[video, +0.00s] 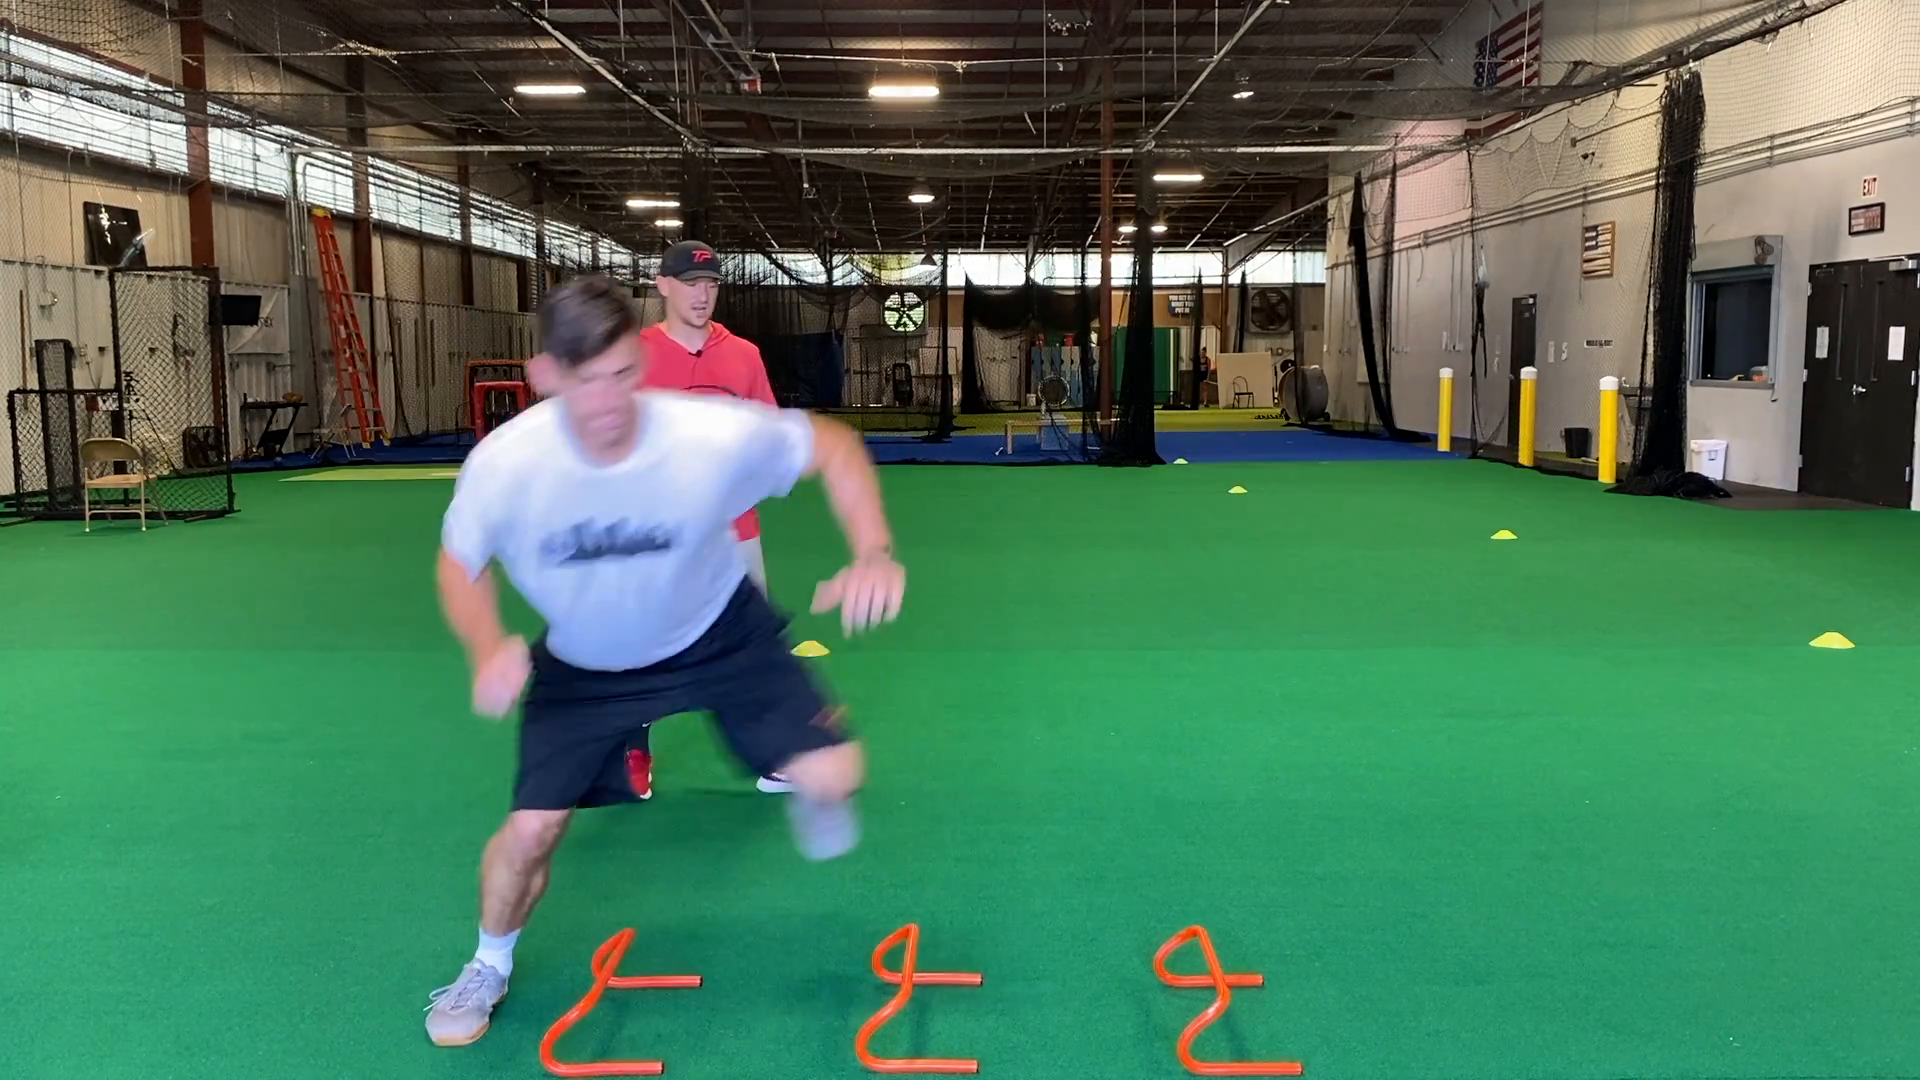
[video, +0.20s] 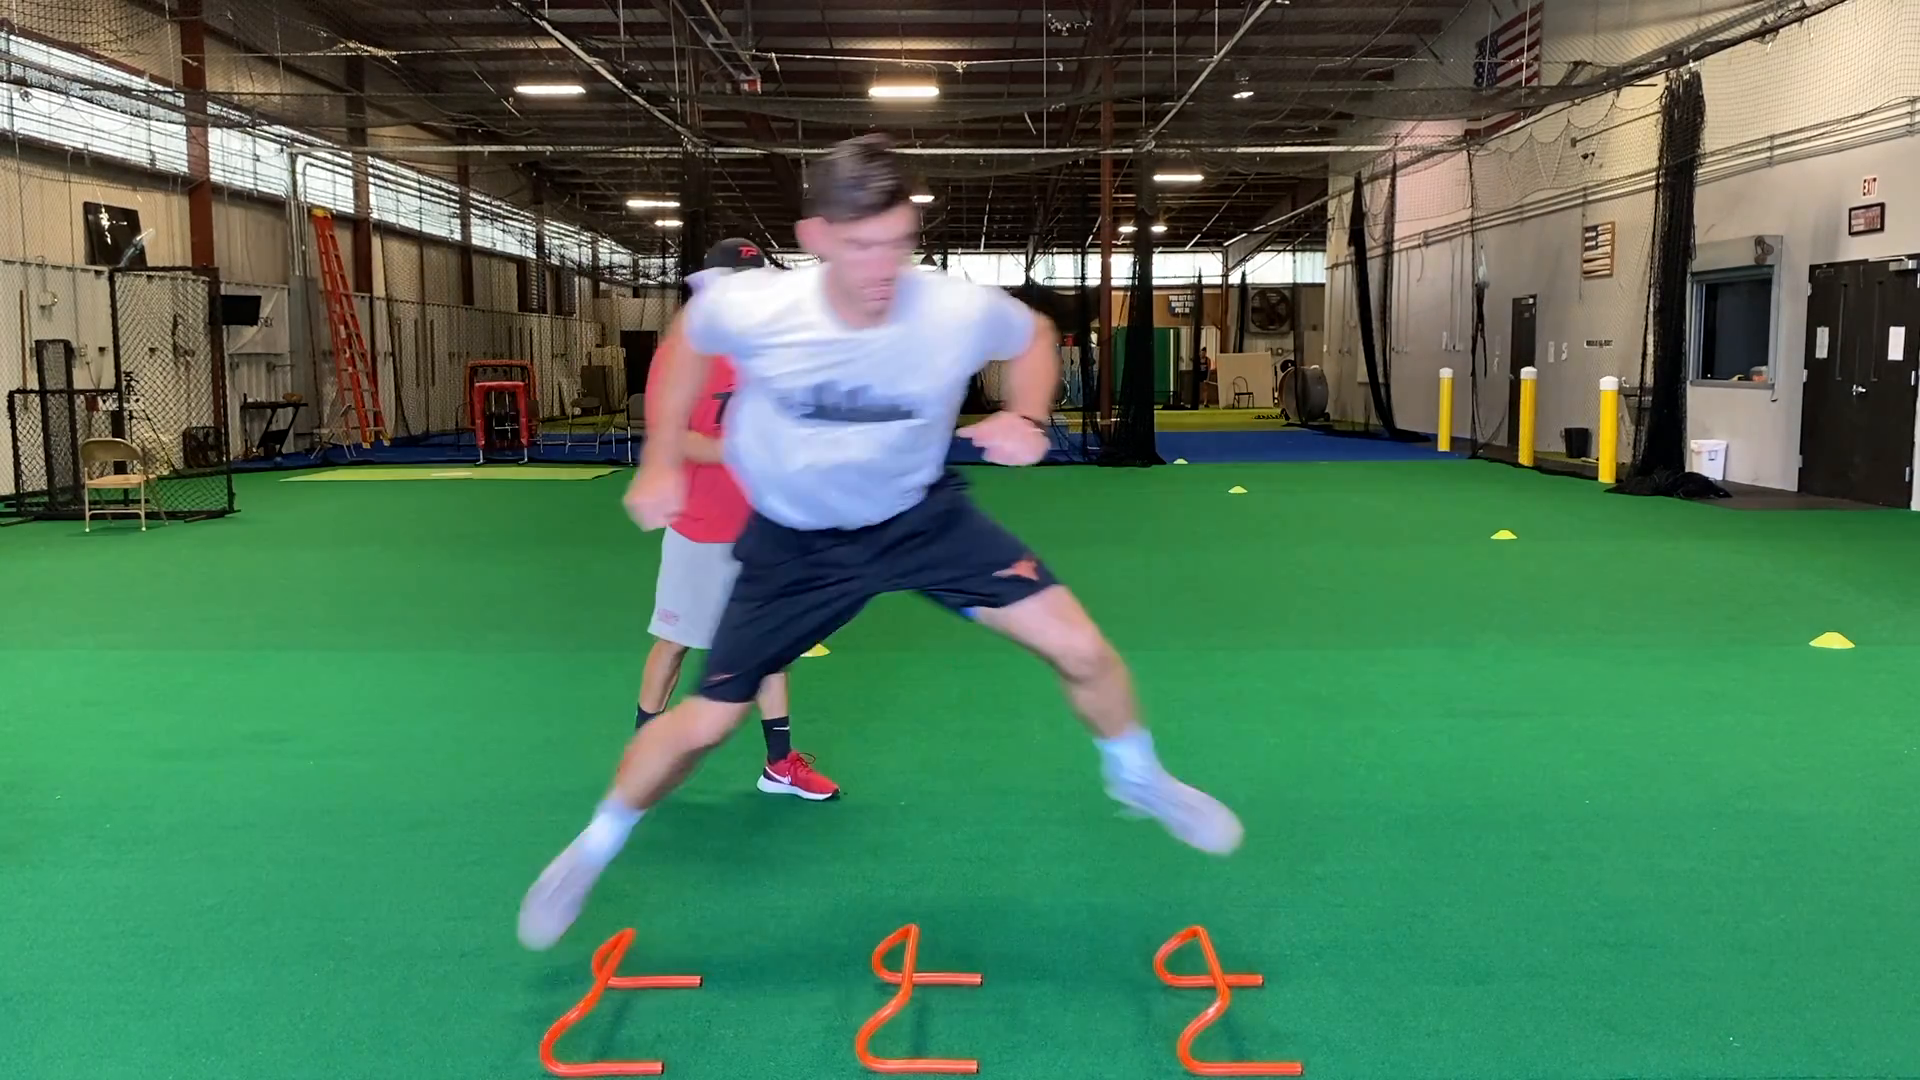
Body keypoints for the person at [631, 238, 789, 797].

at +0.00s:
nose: (701, 295)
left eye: (709, 285)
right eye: (689, 284)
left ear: (718, 290)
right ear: (662, 287)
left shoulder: (743, 356)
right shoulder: (634, 357)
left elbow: (777, 442)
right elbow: (618, 441)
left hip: (731, 527)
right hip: (651, 530)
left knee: (753, 645)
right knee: (630, 642)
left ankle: (778, 754)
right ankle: (633, 747)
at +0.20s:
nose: (744, 299)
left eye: (752, 287)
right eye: (732, 287)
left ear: (763, 288)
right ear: (706, 288)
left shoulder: (776, 348)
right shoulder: (681, 351)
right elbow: (667, 435)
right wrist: (740, 450)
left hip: (764, 523)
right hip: (699, 524)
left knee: (771, 645)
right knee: (676, 640)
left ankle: (780, 759)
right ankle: (645, 754)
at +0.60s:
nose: (813, 292)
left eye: (820, 283)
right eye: (802, 281)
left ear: (825, 289)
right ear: (772, 283)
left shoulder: (823, 357)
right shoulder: (740, 346)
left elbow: (827, 430)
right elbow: (756, 424)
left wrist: (847, 474)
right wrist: (835, 407)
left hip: (803, 524)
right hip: (745, 520)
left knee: (785, 638)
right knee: (726, 632)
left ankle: (782, 761)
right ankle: (664, 740)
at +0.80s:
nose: (822, 291)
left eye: (827, 282)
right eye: (809, 281)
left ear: (832, 288)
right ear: (781, 284)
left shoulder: (827, 357)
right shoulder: (753, 345)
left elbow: (826, 436)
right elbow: (772, 426)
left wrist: (841, 501)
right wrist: (850, 444)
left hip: (809, 523)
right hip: (754, 519)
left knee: (788, 638)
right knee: (739, 633)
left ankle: (782, 762)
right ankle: (673, 741)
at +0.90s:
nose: (825, 293)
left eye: (831, 284)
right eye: (814, 282)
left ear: (836, 289)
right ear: (784, 284)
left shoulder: (829, 357)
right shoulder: (755, 344)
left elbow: (822, 439)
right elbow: (772, 427)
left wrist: (841, 506)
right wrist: (852, 444)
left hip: (810, 523)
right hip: (756, 518)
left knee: (789, 638)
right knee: (742, 633)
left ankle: (782, 762)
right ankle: (673, 740)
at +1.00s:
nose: (827, 294)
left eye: (833, 285)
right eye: (816, 283)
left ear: (837, 290)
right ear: (785, 284)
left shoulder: (830, 357)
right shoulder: (757, 344)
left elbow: (824, 439)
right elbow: (774, 428)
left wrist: (842, 505)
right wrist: (854, 444)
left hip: (811, 523)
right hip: (757, 518)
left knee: (790, 638)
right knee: (743, 633)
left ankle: (782, 761)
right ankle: (674, 739)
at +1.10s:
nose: (827, 295)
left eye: (833, 285)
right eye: (816, 284)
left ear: (838, 290)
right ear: (786, 284)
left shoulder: (831, 357)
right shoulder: (758, 344)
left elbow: (828, 438)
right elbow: (775, 428)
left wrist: (849, 503)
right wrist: (854, 444)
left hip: (812, 523)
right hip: (757, 518)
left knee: (790, 638)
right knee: (743, 633)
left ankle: (782, 761)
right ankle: (674, 739)